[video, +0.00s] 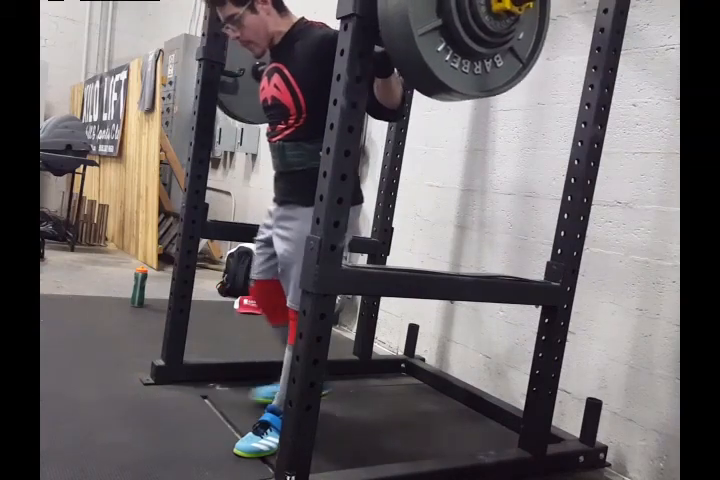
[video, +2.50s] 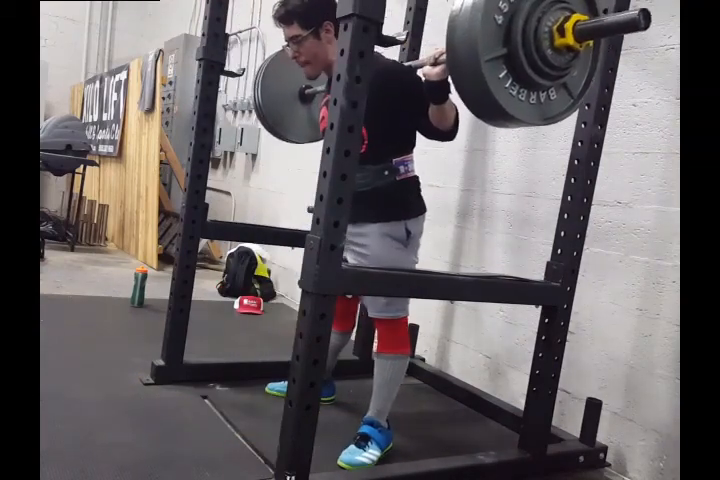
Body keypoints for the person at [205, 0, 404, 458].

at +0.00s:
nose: (234, 36)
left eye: (235, 22)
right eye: (227, 28)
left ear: (264, 5)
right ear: (262, 11)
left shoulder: (321, 43)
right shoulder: (273, 61)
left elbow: (390, 107)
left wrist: (381, 59)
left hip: (318, 210)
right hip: (284, 205)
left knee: (305, 319)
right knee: (264, 289)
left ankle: (284, 417)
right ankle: (302, 375)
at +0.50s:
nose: (265, 58)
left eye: (266, 46)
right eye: (259, 50)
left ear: (293, 26)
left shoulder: (353, 64)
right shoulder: (302, 79)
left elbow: (414, 118)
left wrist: (405, 75)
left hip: (365, 206)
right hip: (331, 204)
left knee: (333, 300)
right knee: (326, 298)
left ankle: (317, 401)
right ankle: (329, 389)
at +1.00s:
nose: (289, 57)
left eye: (292, 44)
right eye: (283, 49)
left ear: (319, 27)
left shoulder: (383, 66)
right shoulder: (322, 79)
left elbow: (439, 122)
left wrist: (431, 75)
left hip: (383, 211)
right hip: (336, 208)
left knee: (379, 310)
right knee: (335, 301)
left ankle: (376, 424)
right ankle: (330, 389)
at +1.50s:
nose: (299, 55)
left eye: (302, 43)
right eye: (293, 46)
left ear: (334, 28)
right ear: (327, 31)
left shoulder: (393, 66)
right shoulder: (336, 77)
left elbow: (453, 125)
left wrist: (447, 76)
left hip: (394, 216)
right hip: (343, 212)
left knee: (391, 318)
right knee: (322, 299)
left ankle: (376, 425)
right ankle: (312, 371)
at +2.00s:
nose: (287, 56)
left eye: (291, 44)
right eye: (282, 48)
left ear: (322, 32)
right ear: (311, 39)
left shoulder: (383, 74)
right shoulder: (320, 82)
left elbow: (433, 131)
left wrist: (428, 87)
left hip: (379, 213)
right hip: (332, 210)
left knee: (375, 310)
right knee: (328, 300)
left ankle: (375, 424)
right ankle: (318, 379)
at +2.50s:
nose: (293, 53)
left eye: (298, 42)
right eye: (288, 44)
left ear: (330, 31)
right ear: (321, 36)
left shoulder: (390, 78)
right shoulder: (330, 83)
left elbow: (445, 129)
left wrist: (437, 85)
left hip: (389, 217)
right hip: (341, 213)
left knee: (388, 314)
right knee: (335, 301)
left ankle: (377, 424)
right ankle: (318, 379)